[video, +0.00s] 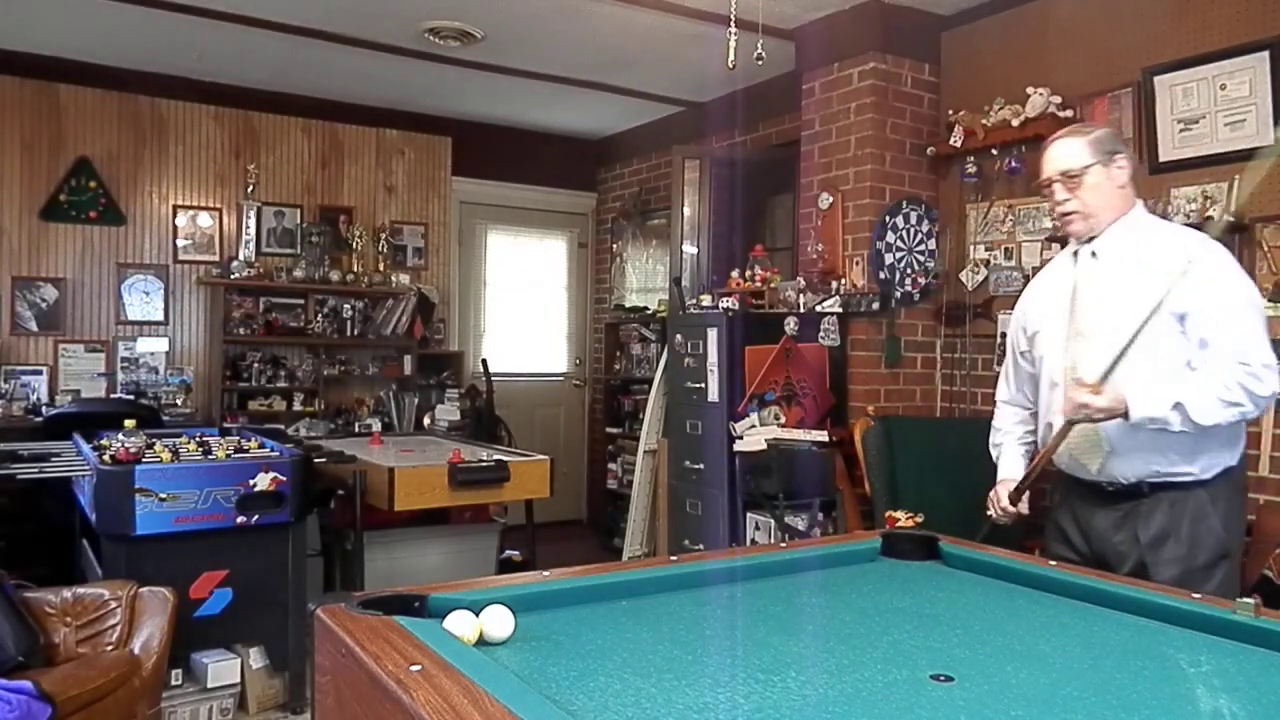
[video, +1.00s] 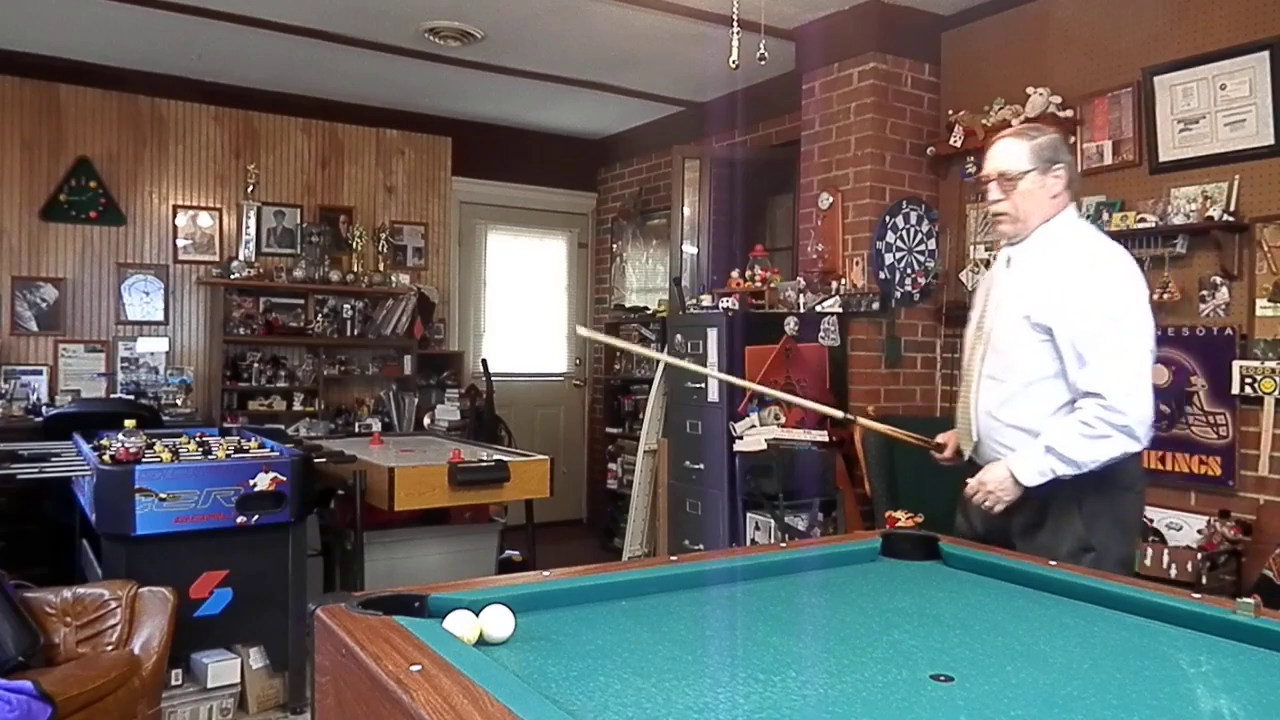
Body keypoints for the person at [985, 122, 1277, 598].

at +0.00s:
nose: (1057, 197)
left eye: (1072, 178)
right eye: (1048, 187)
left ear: (1121, 171)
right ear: (1043, 194)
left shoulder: (1196, 261)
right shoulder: (1043, 288)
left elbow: (1251, 380)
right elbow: (1015, 399)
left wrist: (1130, 403)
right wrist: (1011, 471)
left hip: (1182, 513)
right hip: (1076, 510)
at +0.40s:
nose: (1005, 200)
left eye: (1017, 181)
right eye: (998, 191)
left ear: (1063, 174)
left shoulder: (1136, 250)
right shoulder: (1016, 292)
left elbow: (1204, 371)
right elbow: (1018, 389)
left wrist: (1107, 440)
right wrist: (1009, 459)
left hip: (1148, 494)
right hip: (1052, 498)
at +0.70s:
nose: (1014, 199)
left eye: (1029, 182)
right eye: (1008, 187)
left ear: (1077, 181)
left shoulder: (1127, 264)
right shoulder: (1033, 270)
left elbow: (1181, 409)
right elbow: (1044, 383)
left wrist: (1077, 477)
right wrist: (996, 440)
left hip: (1115, 512)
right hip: (1026, 502)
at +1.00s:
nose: (991, 196)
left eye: (1006, 181)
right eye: (985, 184)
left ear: (1055, 180)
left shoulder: (1094, 264)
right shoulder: (1009, 261)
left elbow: (1120, 416)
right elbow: (1020, 376)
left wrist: (1018, 471)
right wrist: (969, 433)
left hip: (1075, 502)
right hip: (995, 493)